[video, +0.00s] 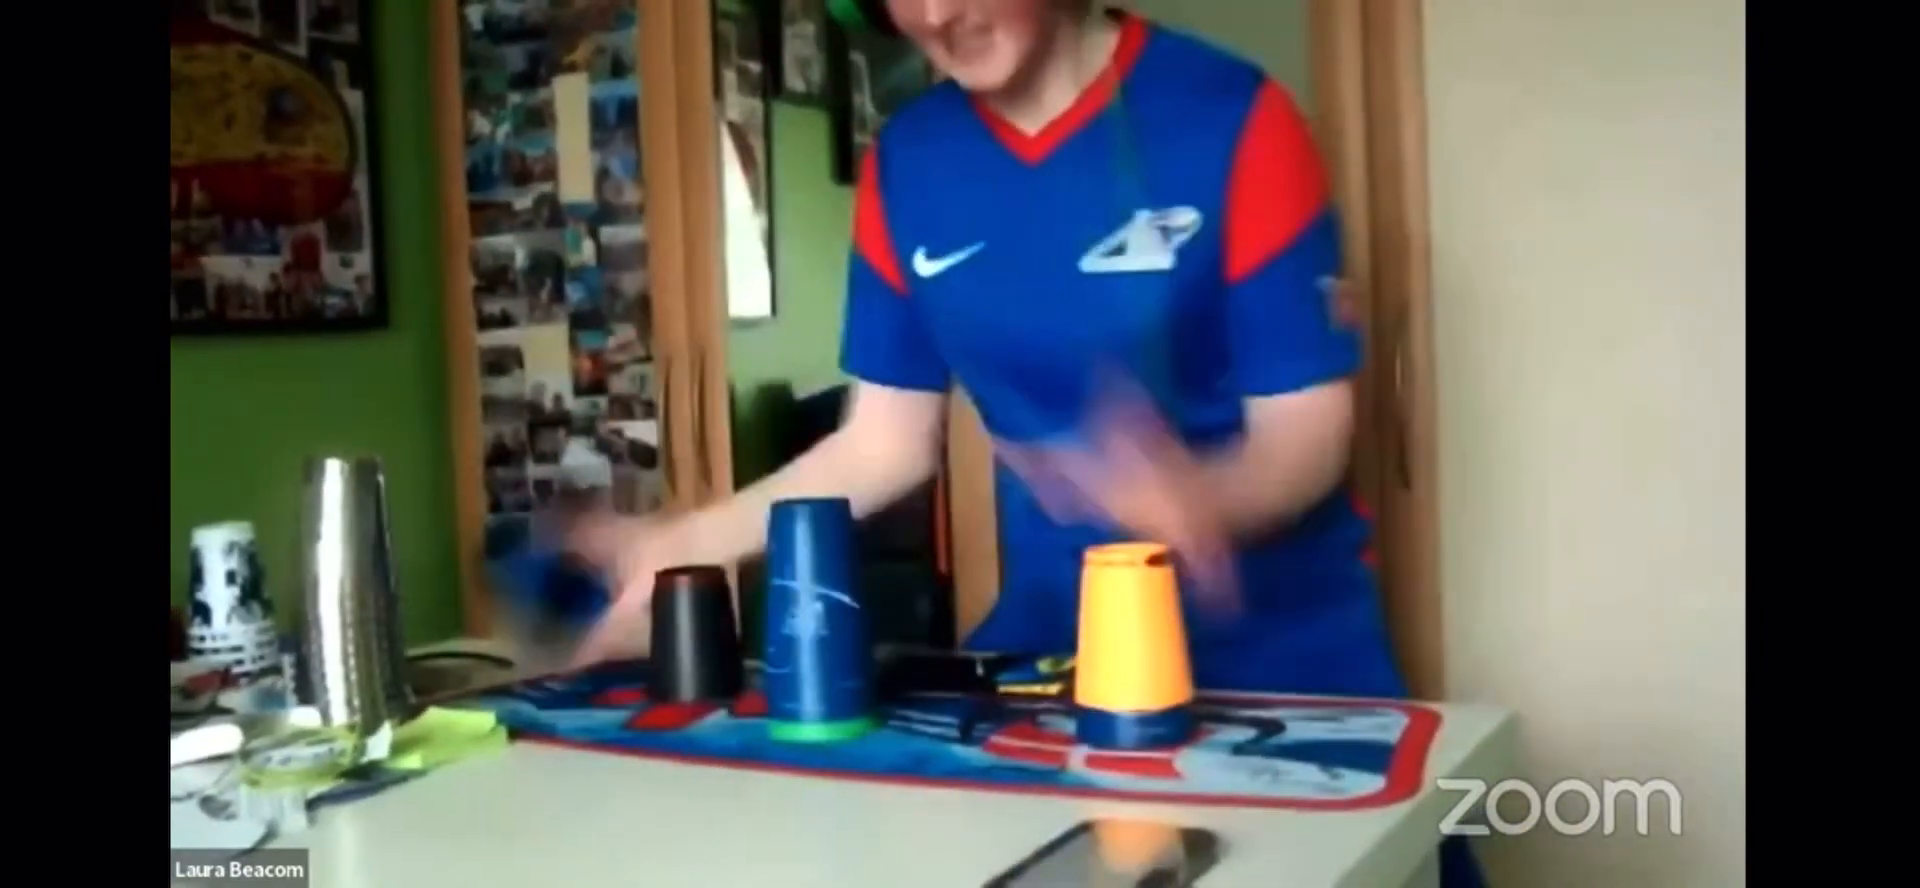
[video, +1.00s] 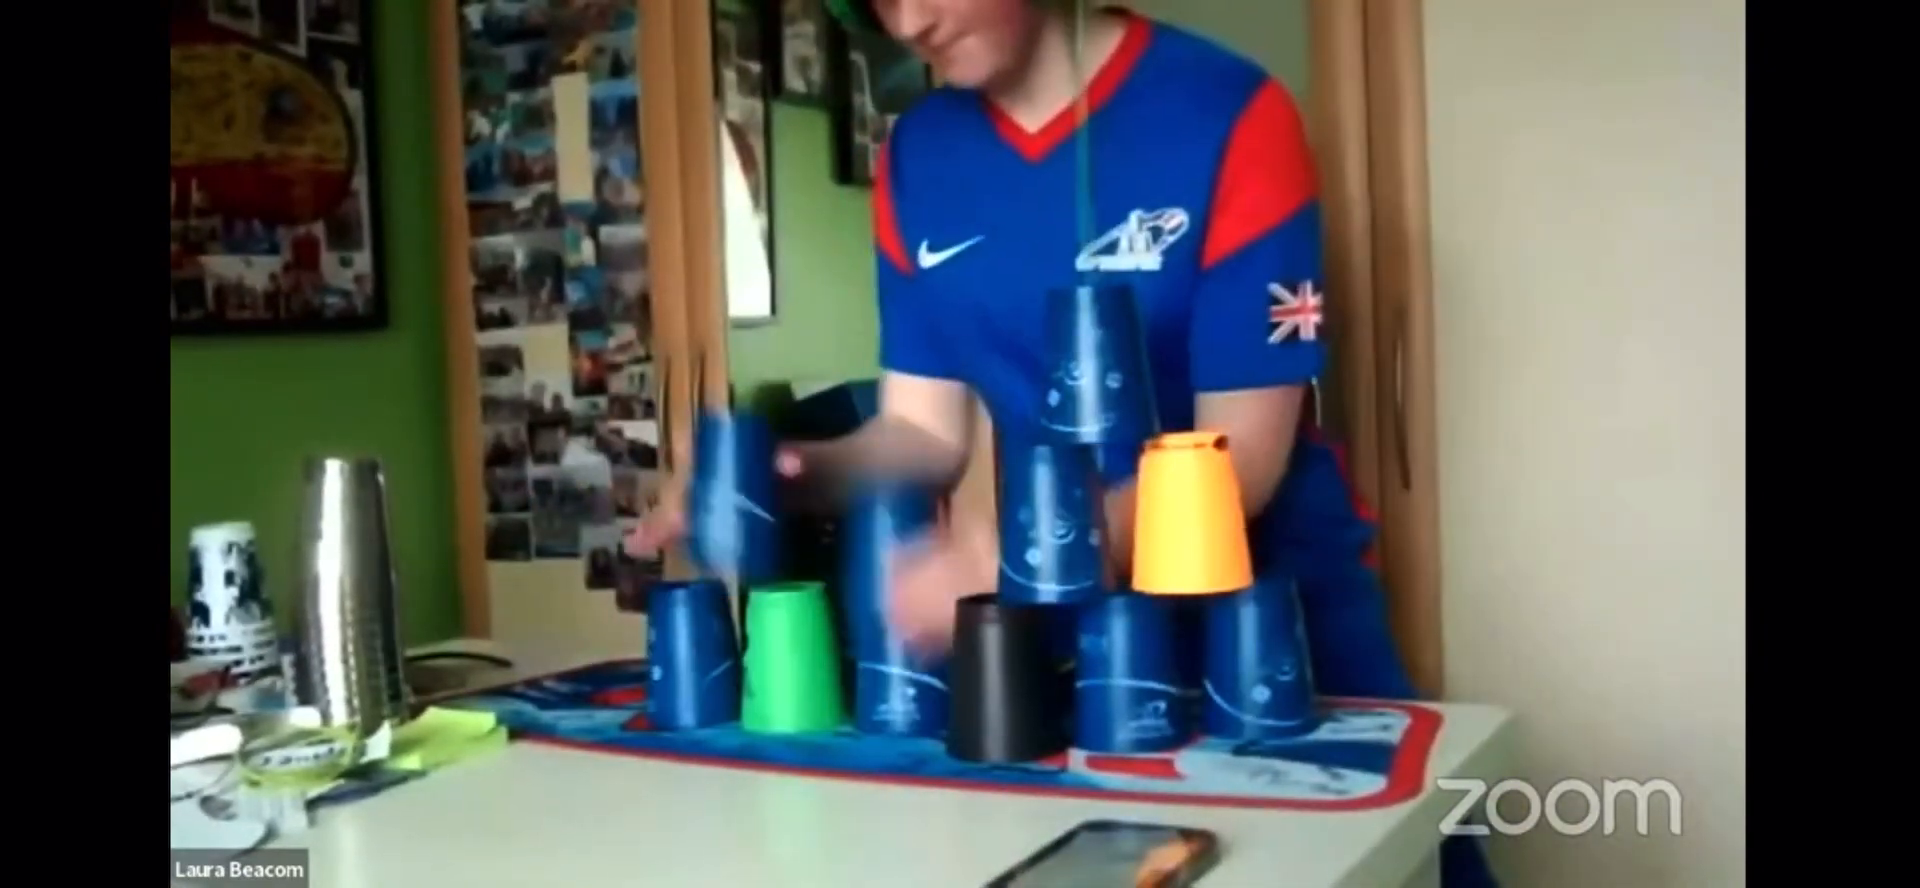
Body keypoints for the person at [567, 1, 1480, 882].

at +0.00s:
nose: (933, 10)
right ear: (885, 6)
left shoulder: (1235, 121)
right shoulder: (910, 164)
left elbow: (1310, 432)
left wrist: (1209, 497)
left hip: (1278, 645)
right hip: (1051, 648)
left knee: (1326, 869)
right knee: (1009, 864)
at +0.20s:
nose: (1022, 26)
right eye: (986, 3)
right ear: (956, 18)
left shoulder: (1298, 128)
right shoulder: (947, 175)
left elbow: (1351, 430)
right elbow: (945, 453)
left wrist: (1298, 530)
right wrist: (932, 578)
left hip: (1294, 654)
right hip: (1065, 661)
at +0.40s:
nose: (1036, 15)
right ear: (973, 10)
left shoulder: (1314, 116)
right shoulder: (956, 158)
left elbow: (1369, 416)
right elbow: (944, 428)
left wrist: (1333, 525)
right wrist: (952, 489)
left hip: (1304, 649)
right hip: (1070, 668)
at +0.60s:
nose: (1007, 10)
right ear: (960, 12)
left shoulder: (1308, 107)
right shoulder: (950, 154)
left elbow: (1368, 410)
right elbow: (968, 442)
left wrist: (1288, 484)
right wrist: (888, 461)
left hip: (1313, 643)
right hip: (1074, 657)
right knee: (1091, 874)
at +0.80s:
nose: (929, 18)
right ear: (890, 4)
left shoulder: (1245, 131)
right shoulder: (929, 159)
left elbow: (1231, 484)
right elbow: (936, 440)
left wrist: (959, 582)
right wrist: (792, 472)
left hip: (1283, 621)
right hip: (1071, 634)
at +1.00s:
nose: (906, 21)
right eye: (881, 1)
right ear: (873, 16)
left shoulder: (1226, 116)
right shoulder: (920, 152)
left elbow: (1246, 460)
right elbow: (925, 430)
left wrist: (1005, 553)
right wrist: (788, 471)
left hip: (1266, 622)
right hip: (1054, 644)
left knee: (1325, 863)